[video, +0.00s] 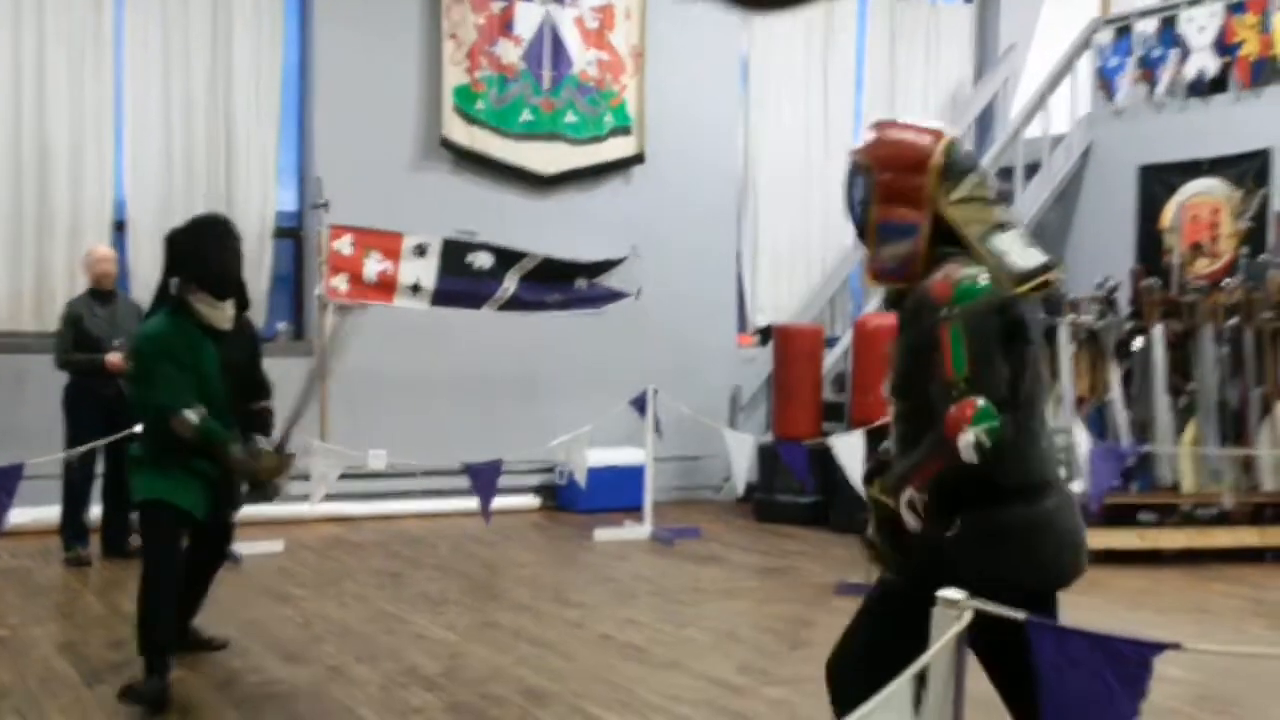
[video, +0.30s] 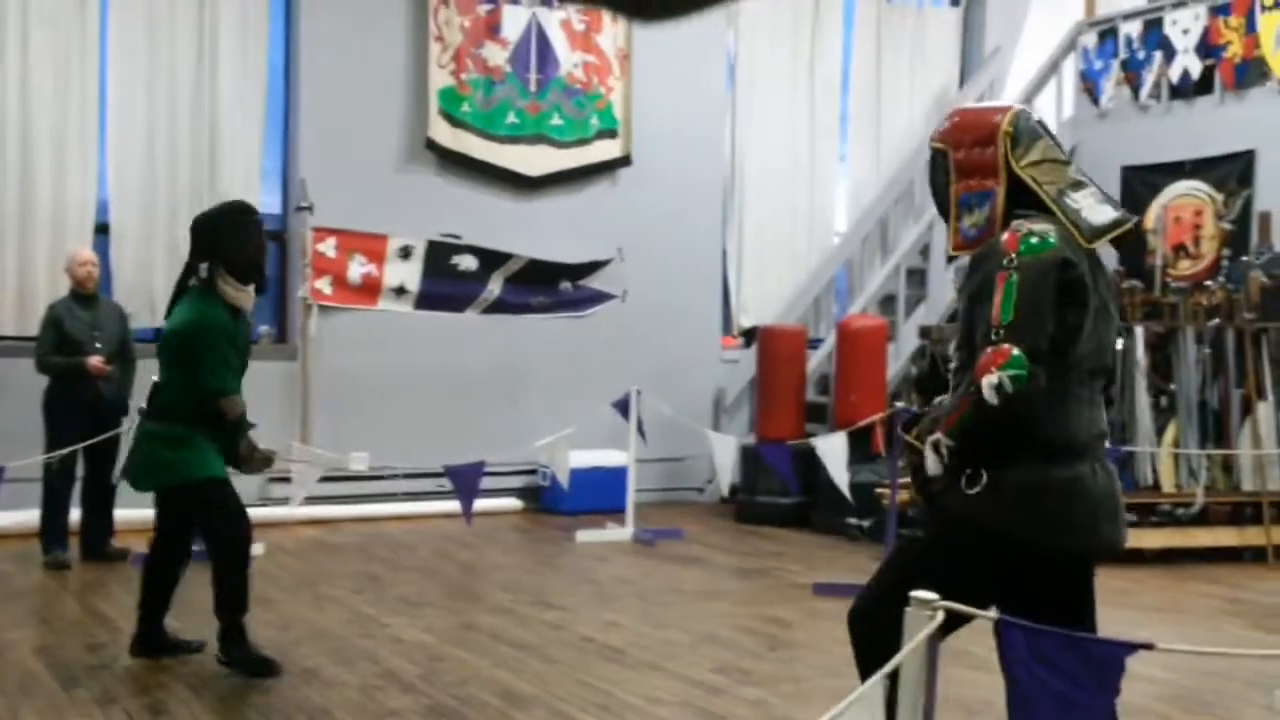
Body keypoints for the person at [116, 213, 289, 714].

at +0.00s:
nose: (229, 269)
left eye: (229, 259)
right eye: (220, 260)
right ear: (199, 268)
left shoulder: (237, 330)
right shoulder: (160, 333)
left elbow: (254, 397)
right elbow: (175, 412)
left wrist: (258, 447)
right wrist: (233, 453)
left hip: (216, 466)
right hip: (164, 465)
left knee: (212, 548)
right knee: (163, 564)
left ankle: (179, 626)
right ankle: (155, 671)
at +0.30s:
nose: (263, 249)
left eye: (261, 239)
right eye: (255, 240)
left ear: (219, 251)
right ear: (230, 249)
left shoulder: (224, 305)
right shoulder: (205, 315)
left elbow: (224, 386)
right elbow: (220, 396)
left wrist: (238, 439)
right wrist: (240, 443)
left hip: (189, 442)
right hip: (178, 444)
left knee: (172, 540)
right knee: (232, 530)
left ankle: (149, 631)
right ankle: (233, 640)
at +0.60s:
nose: (274, 260)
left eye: (272, 249)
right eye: (267, 250)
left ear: (225, 257)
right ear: (246, 257)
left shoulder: (207, 308)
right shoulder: (229, 321)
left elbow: (228, 389)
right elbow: (241, 397)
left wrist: (254, 441)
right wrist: (260, 447)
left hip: (183, 446)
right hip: (205, 449)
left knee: (153, 537)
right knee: (264, 521)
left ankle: (109, 629)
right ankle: (294, 623)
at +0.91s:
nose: (356, 275)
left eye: (354, 265)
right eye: (349, 265)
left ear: (315, 272)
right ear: (328, 271)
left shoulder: (330, 328)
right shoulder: (300, 334)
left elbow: (338, 398)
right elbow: (321, 413)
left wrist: (359, 451)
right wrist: (357, 468)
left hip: (292, 455)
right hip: (277, 455)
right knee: (333, 539)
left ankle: (173, 585)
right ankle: (320, 644)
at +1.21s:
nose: (439, 266)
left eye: (439, 258)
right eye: (432, 258)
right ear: (411, 265)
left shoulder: (438, 327)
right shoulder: (375, 329)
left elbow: (450, 390)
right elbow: (382, 403)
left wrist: (450, 444)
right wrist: (409, 456)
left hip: (420, 450)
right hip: (374, 451)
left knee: (465, 521)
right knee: (378, 533)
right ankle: (326, 637)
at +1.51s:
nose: (508, 256)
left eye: (509, 247)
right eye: (498, 249)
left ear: (514, 256)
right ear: (475, 258)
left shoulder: (524, 317)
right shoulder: (450, 319)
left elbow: (544, 370)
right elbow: (455, 386)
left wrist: (538, 411)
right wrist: (501, 418)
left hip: (508, 440)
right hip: (453, 441)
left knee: (533, 528)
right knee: (435, 523)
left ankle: (541, 612)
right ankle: (419, 577)